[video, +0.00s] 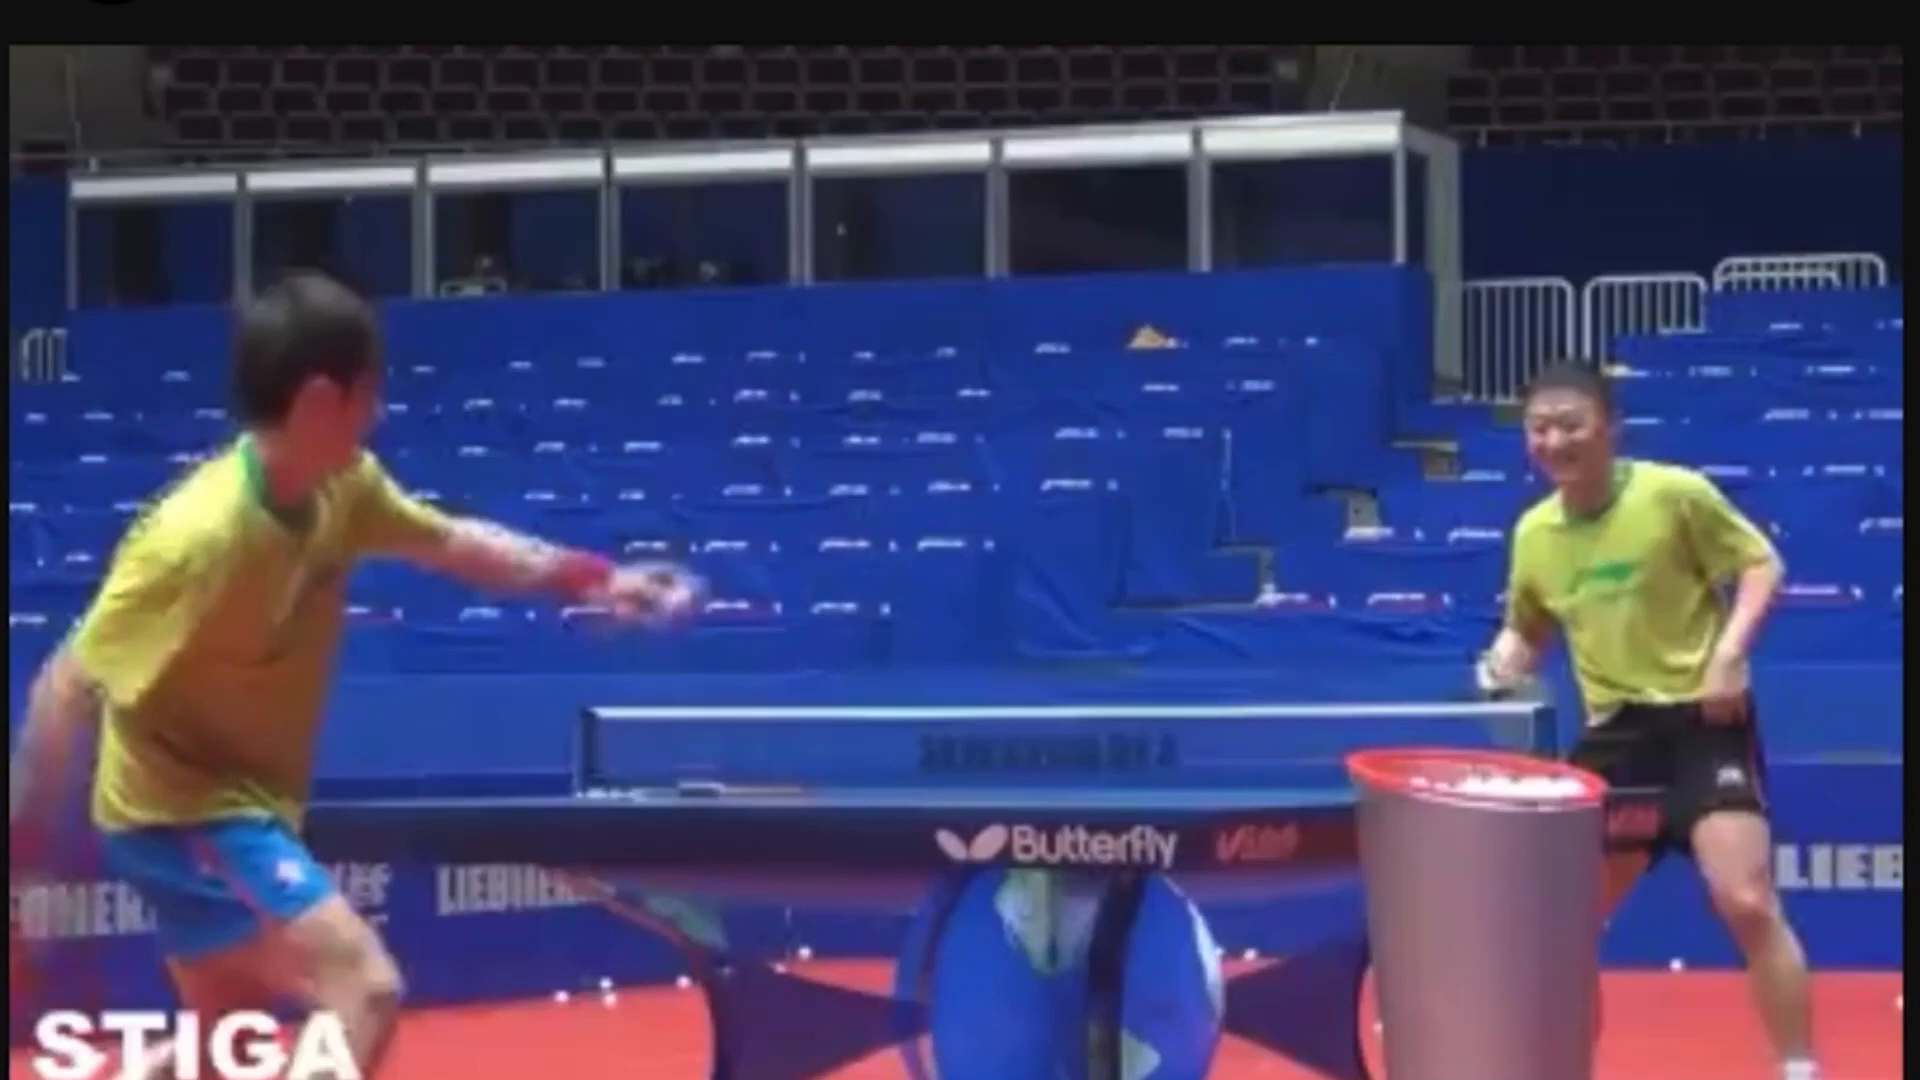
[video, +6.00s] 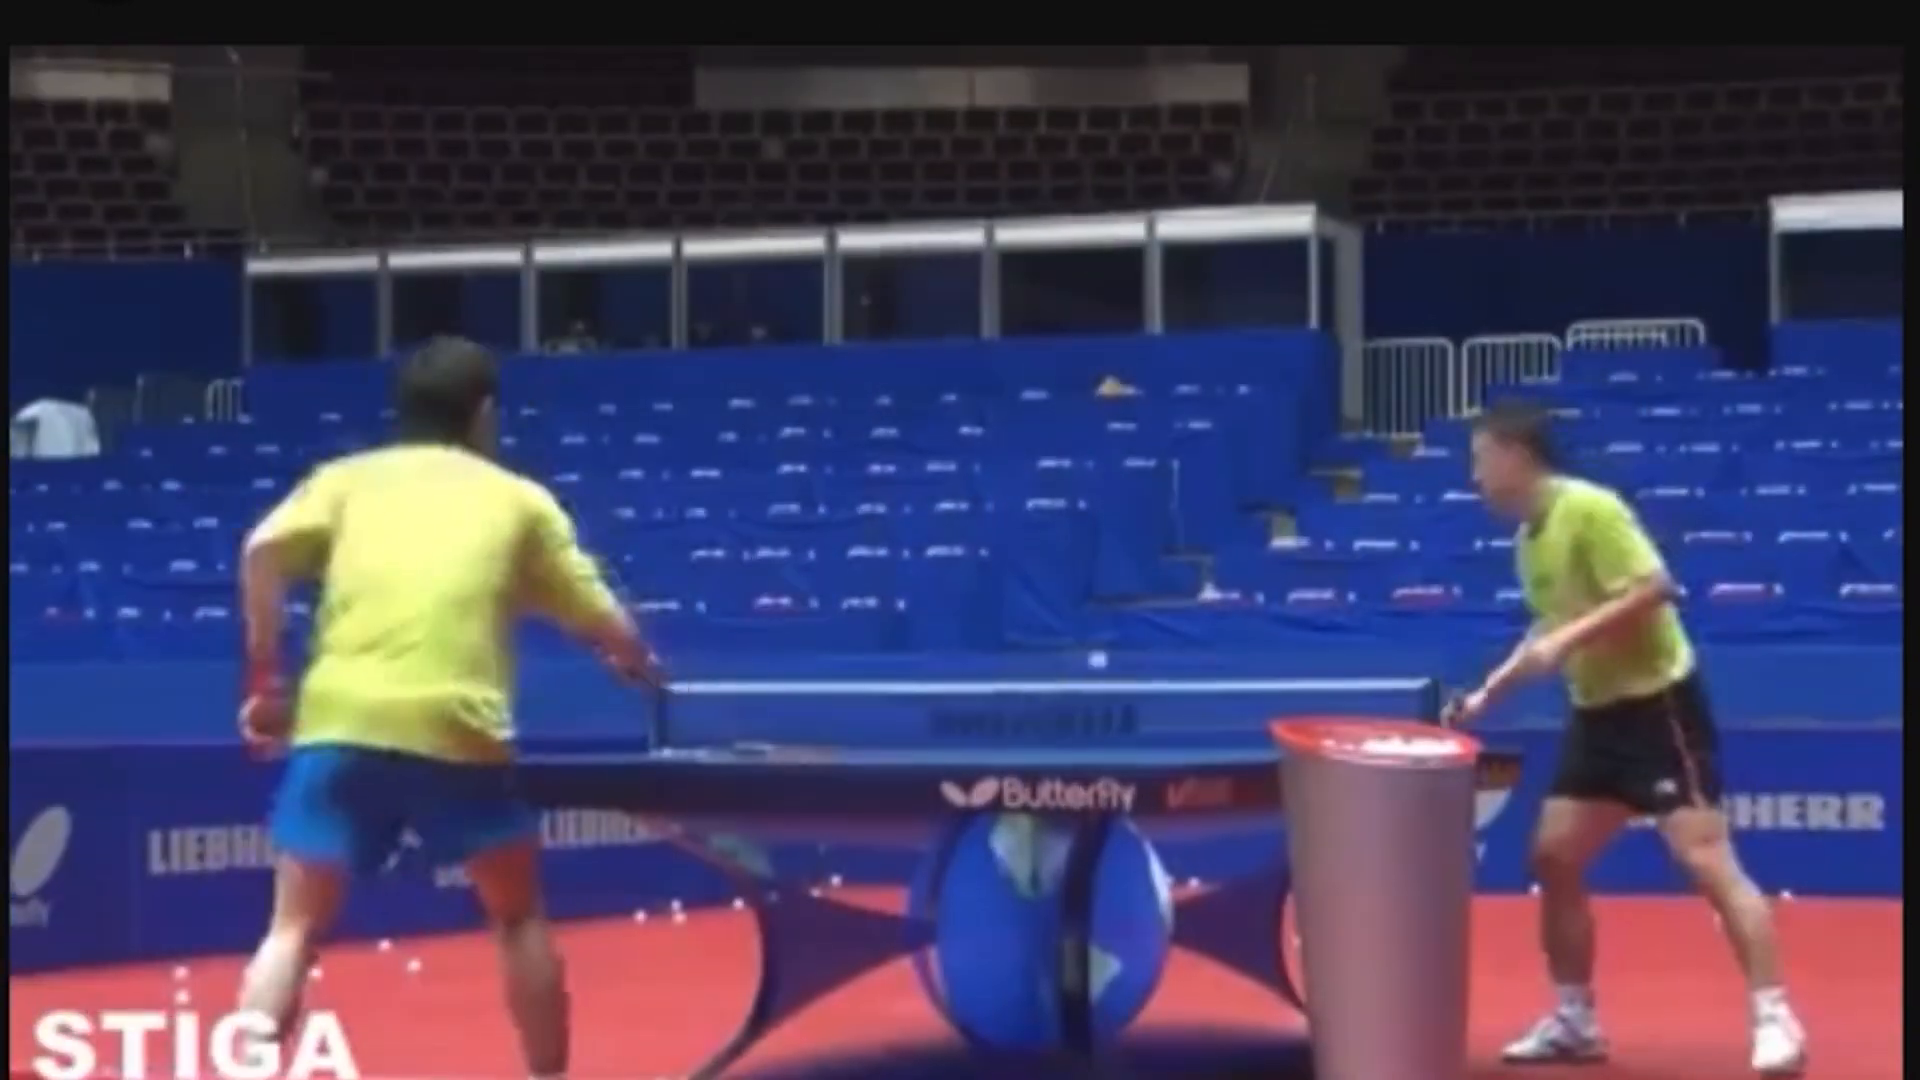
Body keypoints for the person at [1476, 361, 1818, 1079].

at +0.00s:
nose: (1555, 442)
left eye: (1571, 425)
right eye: (1541, 428)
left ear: (1608, 429)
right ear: (1527, 440)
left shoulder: (1674, 496)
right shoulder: (1534, 532)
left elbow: (1762, 566)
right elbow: (1526, 629)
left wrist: (1728, 656)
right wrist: (1506, 659)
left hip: (1703, 722)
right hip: (1614, 734)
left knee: (1745, 903)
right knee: (1557, 912)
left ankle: (1798, 1067)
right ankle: (1542, 1066)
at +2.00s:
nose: (1829, 413)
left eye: (1842, 395)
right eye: (1817, 399)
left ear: (1888, 393)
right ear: (1808, 404)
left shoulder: (1901, 473)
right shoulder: (1831, 461)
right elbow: (1837, 550)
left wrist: (1891, 615)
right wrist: (1766, 596)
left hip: (1900, 709)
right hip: (1839, 698)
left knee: (1899, 904)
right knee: (1793, 896)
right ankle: (1762, 1058)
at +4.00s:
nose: (1546, 485)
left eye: (1560, 467)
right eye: (1531, 471)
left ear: (1598, 466)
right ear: (1521, 479)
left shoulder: (1662, 530)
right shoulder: (1533, 556)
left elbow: (1765, 587)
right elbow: (1537, 645)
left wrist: (1697, 674)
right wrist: (1517, 681)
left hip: (1721, 735)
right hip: (1629, 749)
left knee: (1764, 906)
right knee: (1572, 924)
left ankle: (1834, 1065)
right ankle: (1583, 1068)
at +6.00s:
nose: (1476, 475)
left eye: (1484, 457)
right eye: (1475, 460)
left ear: (1522, 456)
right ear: (1510, 462)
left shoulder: (1590, 509)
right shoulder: (1530, 538)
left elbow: (1653, 585)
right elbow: (1550, 635)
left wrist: (1566, 638)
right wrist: (1486, 694)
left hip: (1661, 702)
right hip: (1599, 713)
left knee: (1705, 857)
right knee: (1555, 856)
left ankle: (1772, 1013)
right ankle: (1574, 1018)